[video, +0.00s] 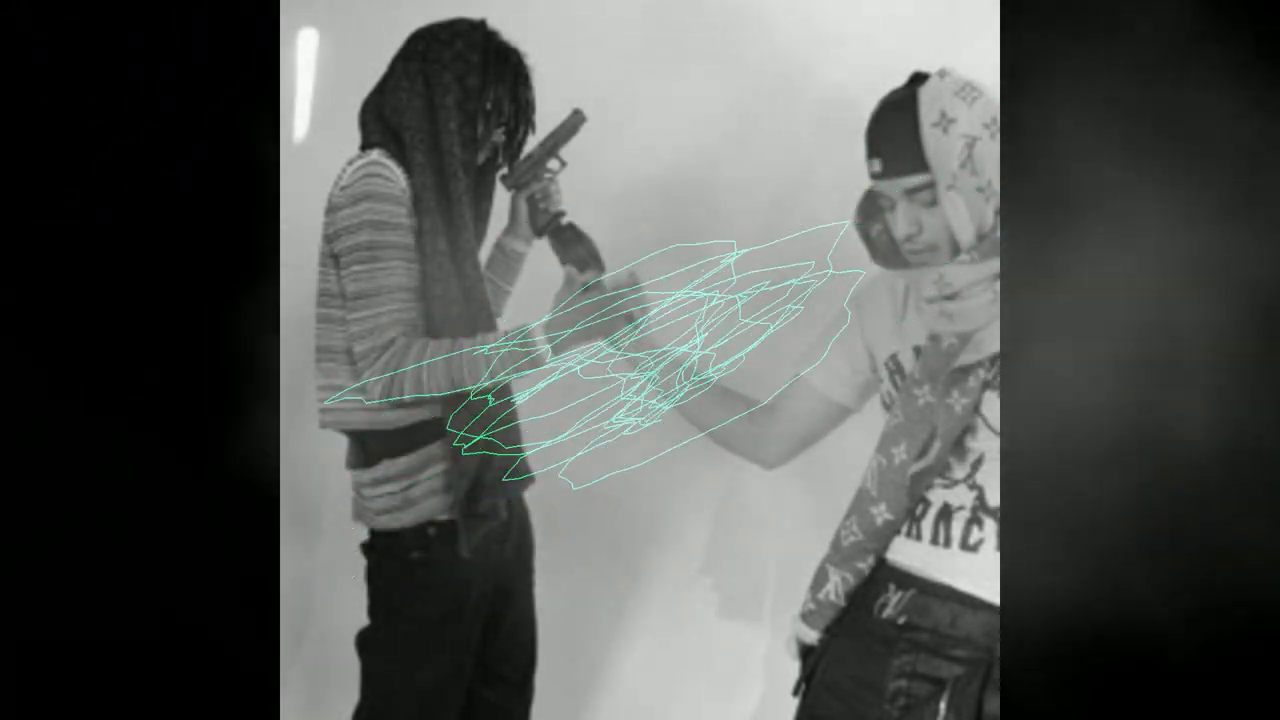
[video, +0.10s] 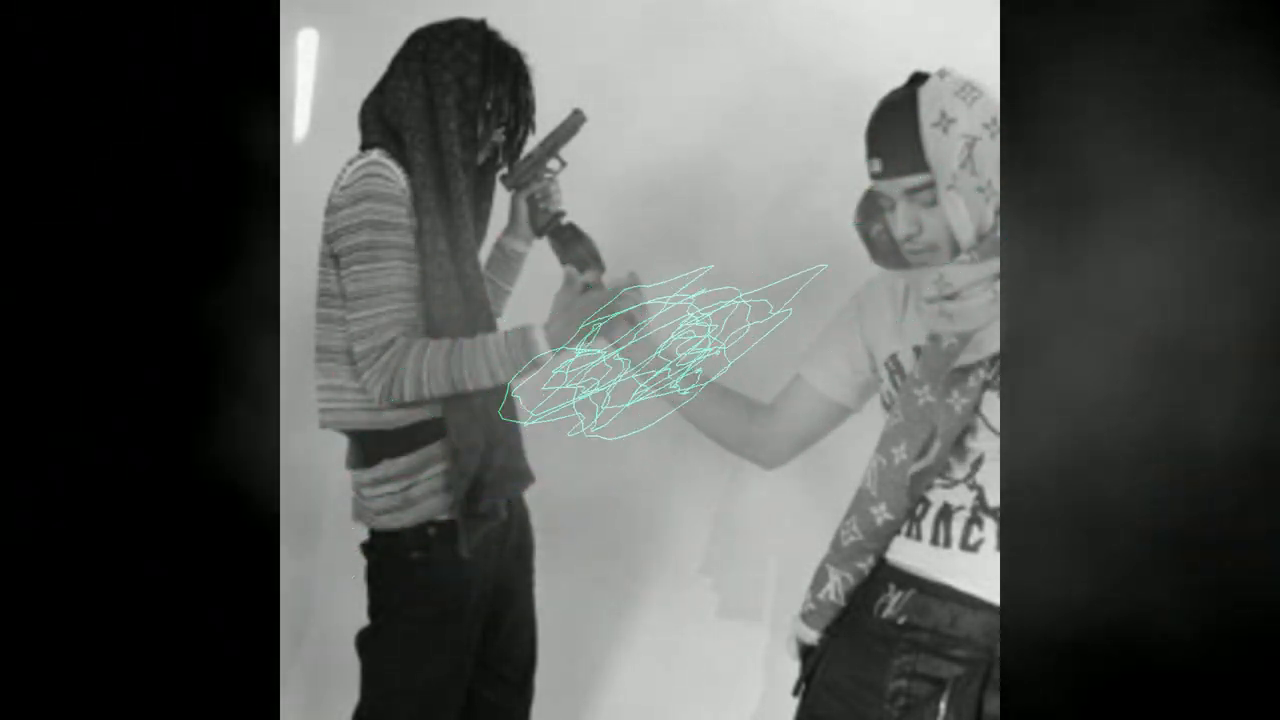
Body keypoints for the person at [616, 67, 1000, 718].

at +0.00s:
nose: (903, 227)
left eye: (924, 198)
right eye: (884, 204)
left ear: (979, 186)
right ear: (872, 205)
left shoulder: (1028, 288)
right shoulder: (892, 301)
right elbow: (768, 435)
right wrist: (636, 339)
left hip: (1001, 642)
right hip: (881, 618)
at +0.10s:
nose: (903, 226)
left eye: (925, 197)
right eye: (884, 202)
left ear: (983, 184)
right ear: (872, 201)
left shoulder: (1037, 289)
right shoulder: (894, 300)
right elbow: (768, 436)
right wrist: (634, 342)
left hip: (1007, 643)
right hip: (885, 618)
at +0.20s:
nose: (903, 226)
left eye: (925, 196)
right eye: (887, 204)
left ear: (987, 186)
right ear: (878, 209)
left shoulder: (1043, 295)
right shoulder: (896, 302)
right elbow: (767, 436)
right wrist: (639, 345)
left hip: (993, 643)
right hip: (877, 613)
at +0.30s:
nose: (903, 227)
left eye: (924, 199)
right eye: (885, 204)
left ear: (980, 185)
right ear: (873, 206)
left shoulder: (1037, 292)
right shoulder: (889, 304)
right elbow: (768, 436)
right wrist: (638, 339)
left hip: (997, 639)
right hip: (879, 613)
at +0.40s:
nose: (902, 227)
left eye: (923, 198)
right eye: (884, 204)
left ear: (979, 184)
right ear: (872, 205)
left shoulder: (1034, 291)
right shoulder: (892, 303)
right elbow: (769, 435)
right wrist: (636, 343)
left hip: (992, 638)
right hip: (879, 612)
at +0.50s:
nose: (904, 227)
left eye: (926, 198)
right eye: (885, 205)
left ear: (981, 184)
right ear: (872, 203)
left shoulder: (1039, 287)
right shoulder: (890, 304)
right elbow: (769, 435)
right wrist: (635, 339)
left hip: (1004, 639)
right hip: (889, 615)